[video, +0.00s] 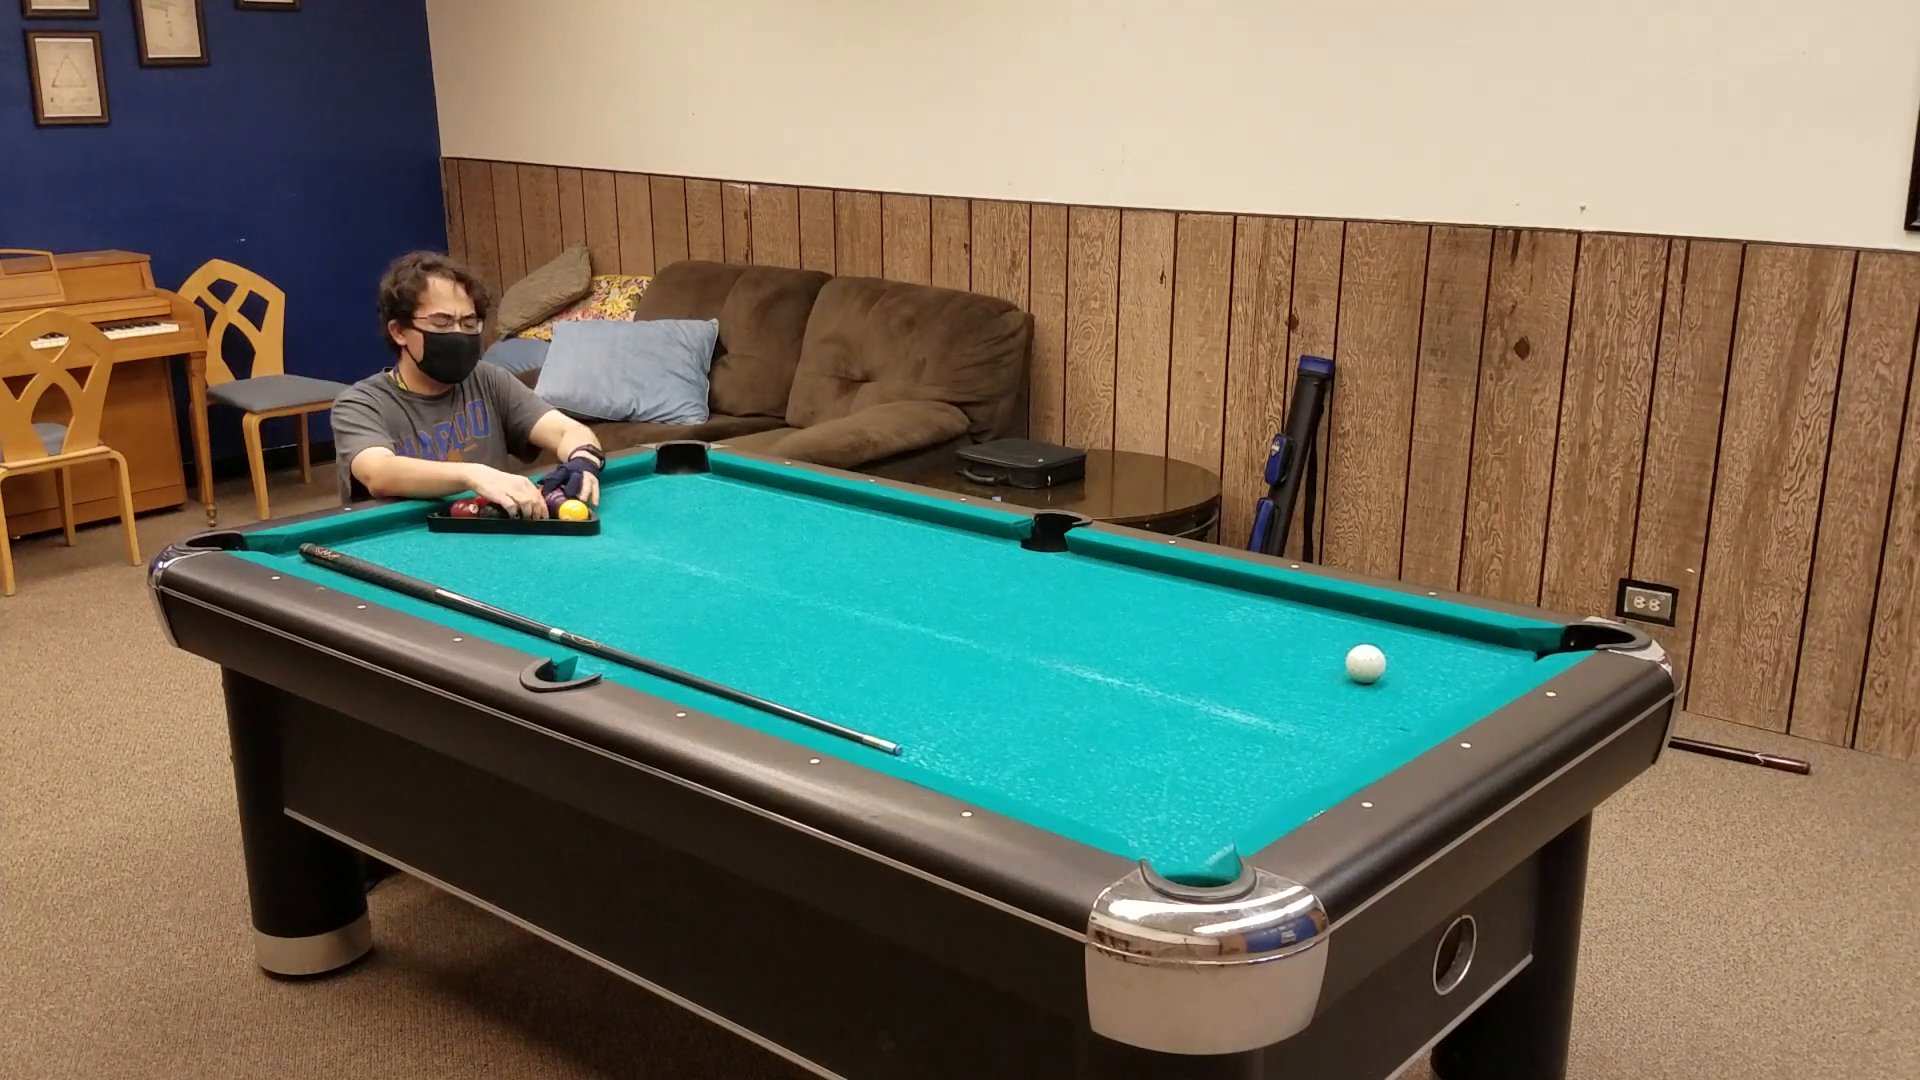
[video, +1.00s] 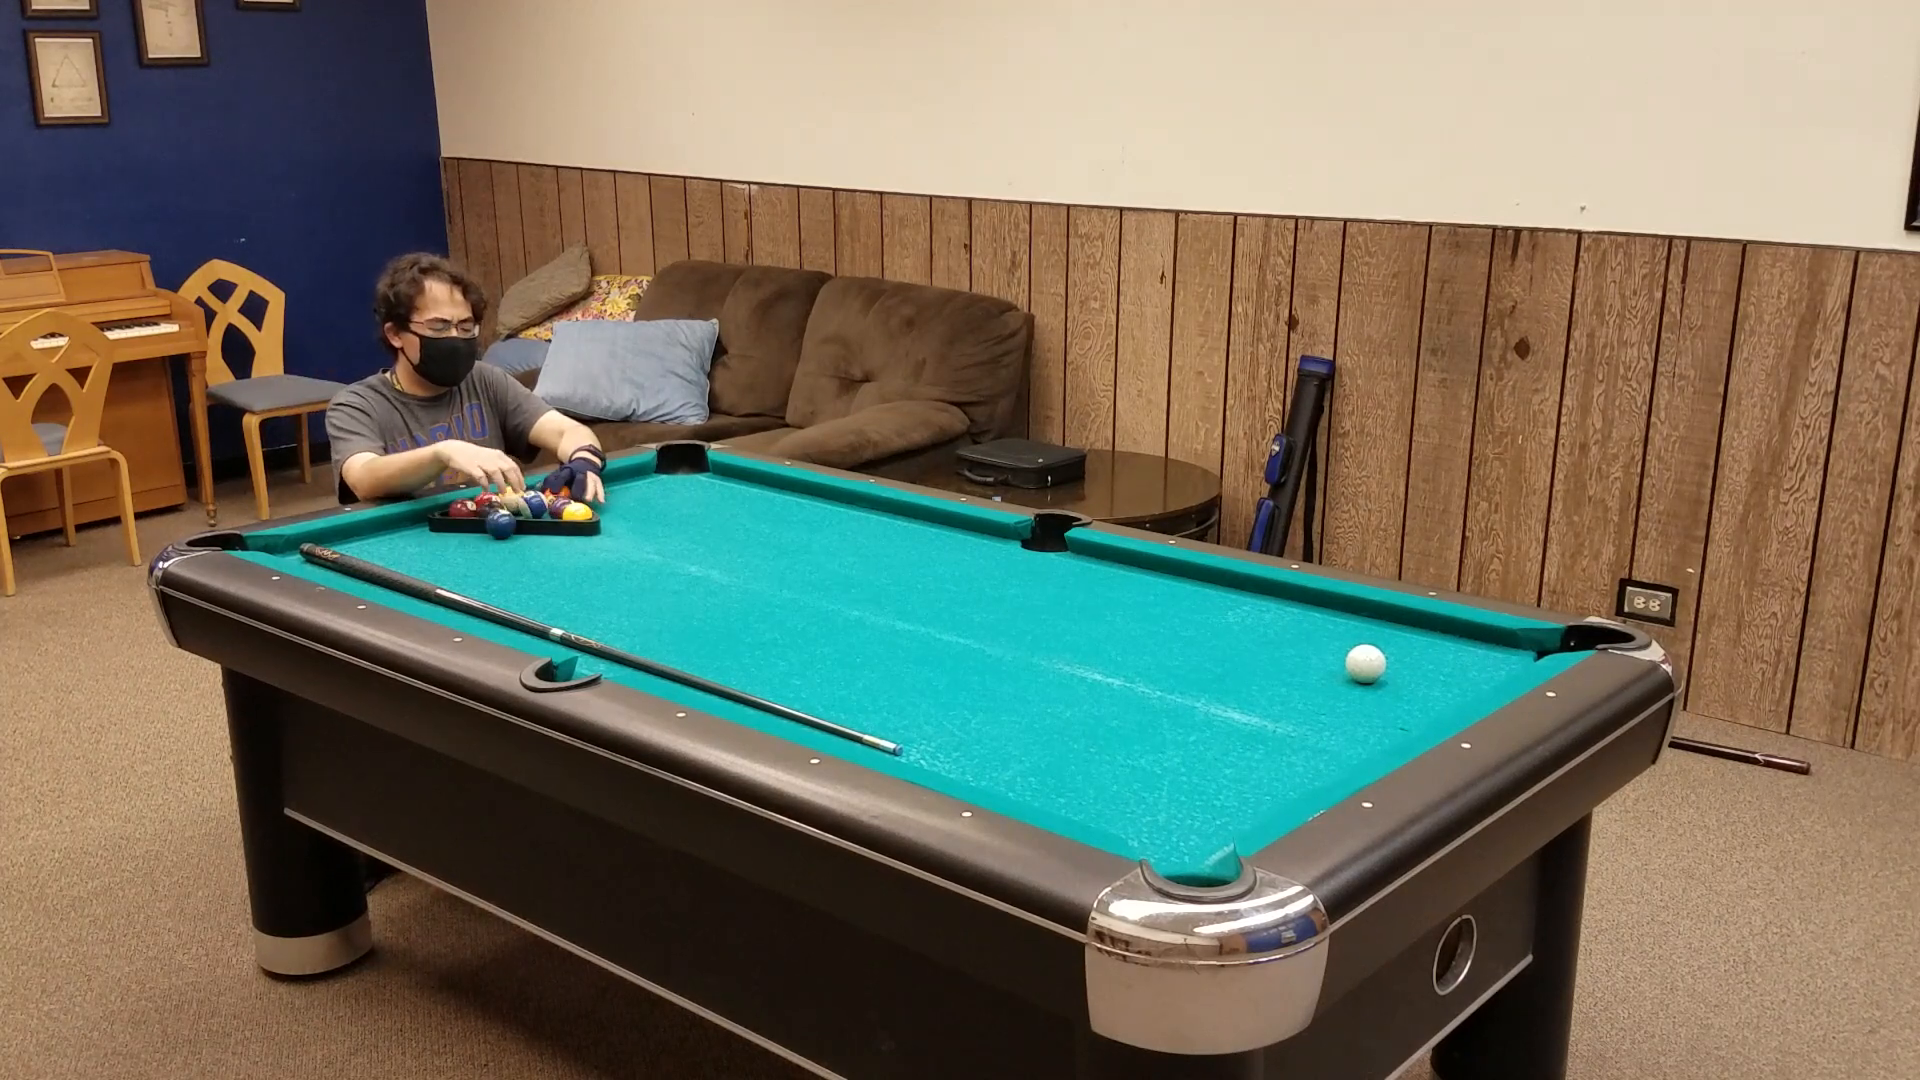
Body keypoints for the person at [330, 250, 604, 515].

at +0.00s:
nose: (459, 334)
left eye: (468, 322)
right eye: (442, 322)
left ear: (479, 324)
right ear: (399, 331)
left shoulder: (488, 381)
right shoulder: (362, 404)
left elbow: (567, 431)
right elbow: (379, 475)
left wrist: (584, 458)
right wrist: (475, 474)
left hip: (499, 558)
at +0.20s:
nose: (457, 335)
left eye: (466, 322)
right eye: (439, 322)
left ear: (478, 324)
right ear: (398, 333)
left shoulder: (488, 381)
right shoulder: (361, 404)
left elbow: (567, 432)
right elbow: (379, 474)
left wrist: (582, 457)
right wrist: (461, 473)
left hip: (501, 553)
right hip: (409, 567)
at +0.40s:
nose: (455, 338)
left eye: (464, 325)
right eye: (438, 325)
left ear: (476, 325)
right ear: (396, 333)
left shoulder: (486, 381)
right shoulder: (358, 405)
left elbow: (566, 432)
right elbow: (383, 474)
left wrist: (579, 456)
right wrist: (464, 470)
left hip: (498, 553)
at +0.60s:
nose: (454, 339)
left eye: (462, 325)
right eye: (436, 326)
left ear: (472, 325)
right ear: (393, 335)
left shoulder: (485, 381)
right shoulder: (358, 405)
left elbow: (563, 431)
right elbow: (378, 474)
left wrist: (581, 455)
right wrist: (448, 480)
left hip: (501, 557)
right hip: (407, 571)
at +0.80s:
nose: (455, 339)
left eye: (463, 326)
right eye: (437, 327)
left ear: (473, 325)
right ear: (394, 336)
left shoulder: (485, 382)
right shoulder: (357, 405)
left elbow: (564, 431)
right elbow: (376, 475)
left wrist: (584, 459)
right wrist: (445, 477)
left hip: (500, 557)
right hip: (407, 570)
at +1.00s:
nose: (456, 339)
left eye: (465, 326)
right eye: (439, 326)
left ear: (476, 326)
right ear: (396, 334)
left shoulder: (486, 382)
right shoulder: (357, 405)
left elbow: (567, 432)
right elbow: (365, 481)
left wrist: (583, 458)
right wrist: (442, 453)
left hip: (501, 551)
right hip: (409, 566)